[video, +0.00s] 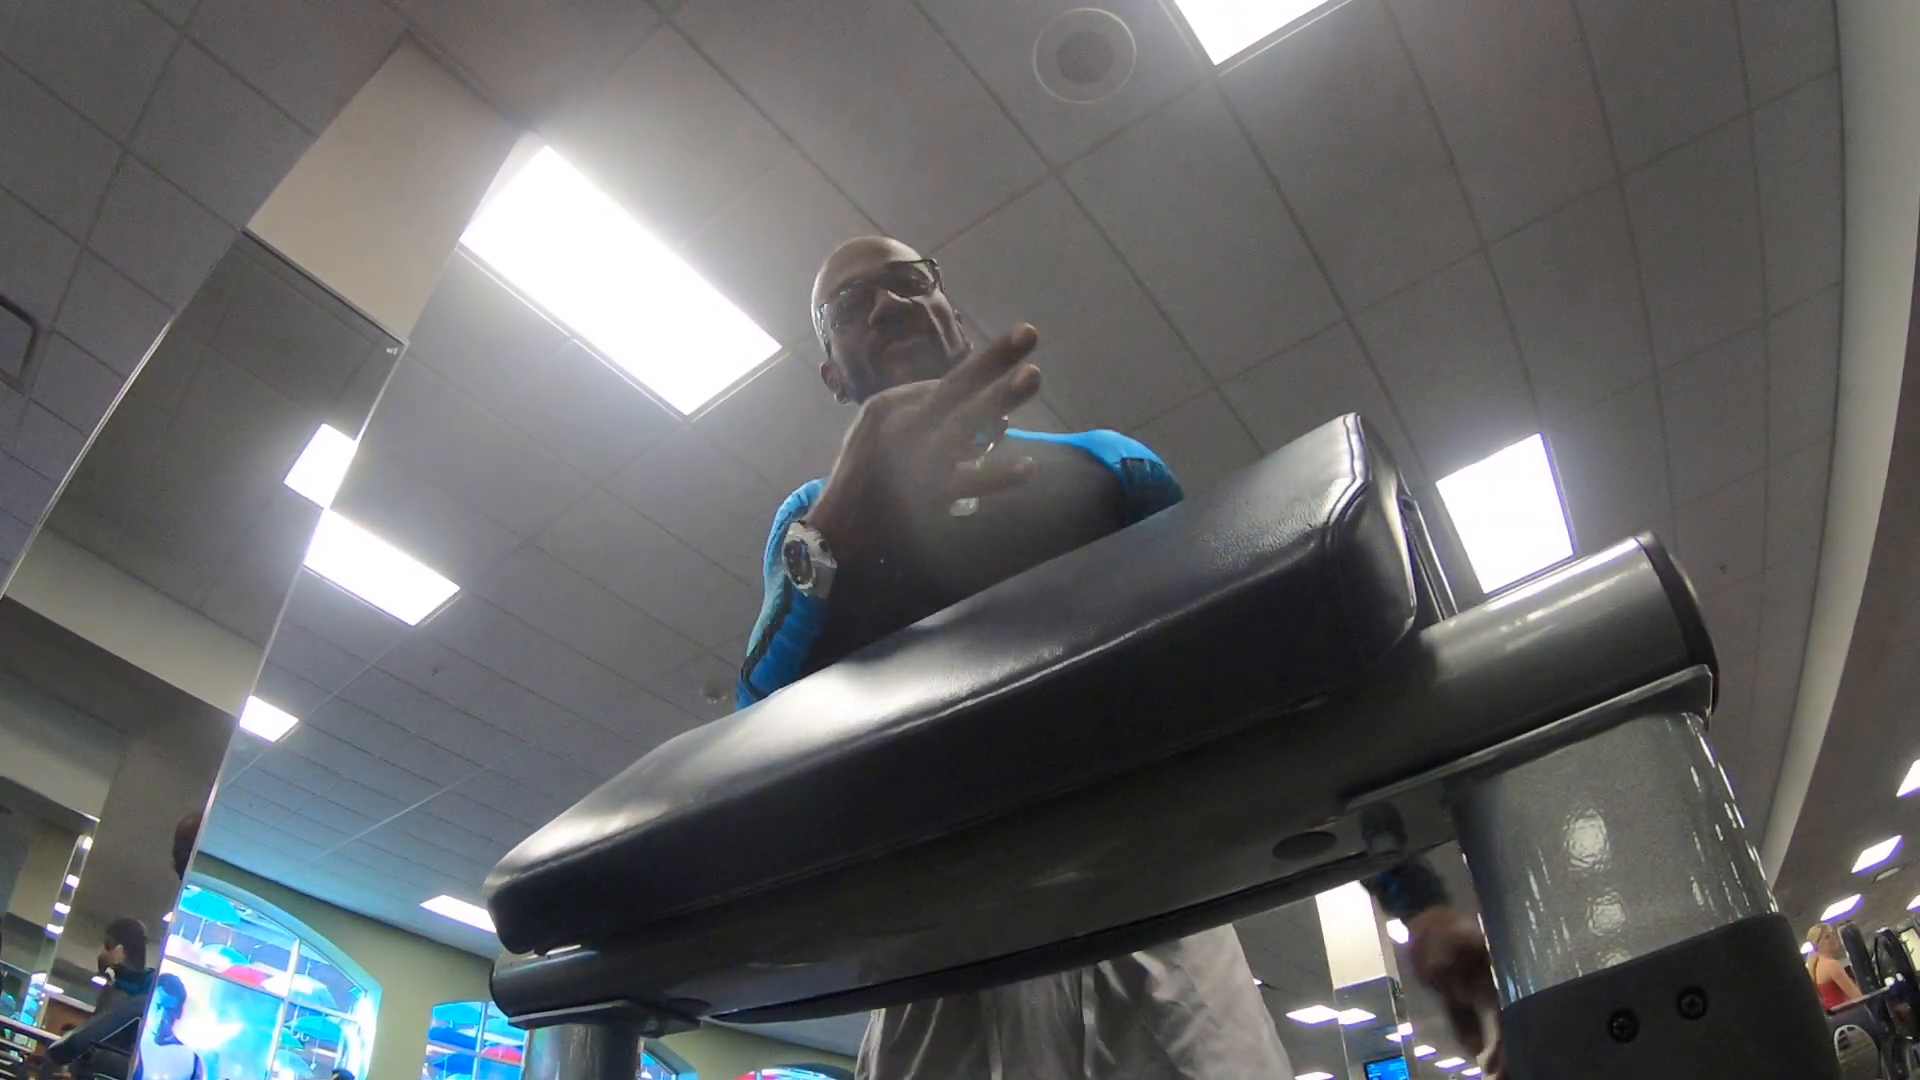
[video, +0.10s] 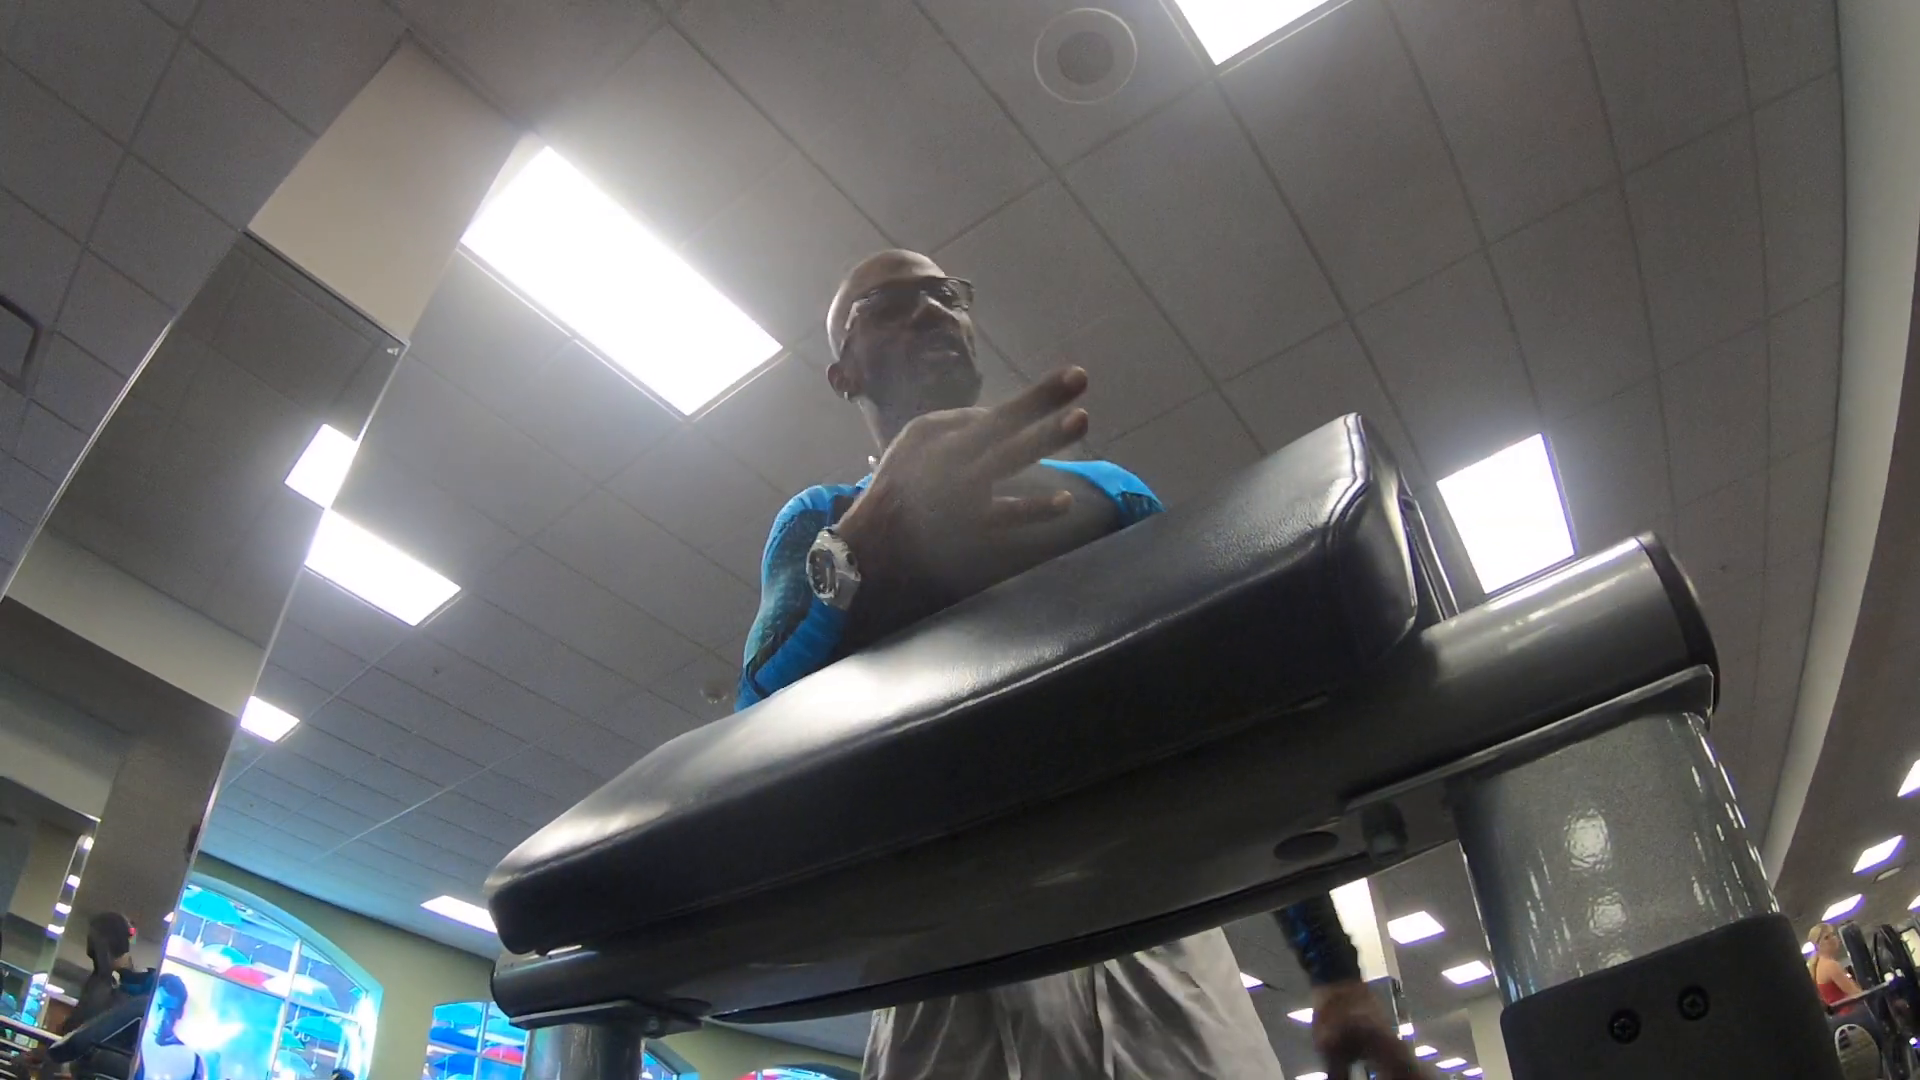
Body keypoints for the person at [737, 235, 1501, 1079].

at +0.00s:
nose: (892, 305)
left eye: (909, 285)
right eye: (853, 303)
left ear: (957, 316)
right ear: (828, 372)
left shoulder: (1107, 465)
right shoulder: (818, 523)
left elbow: (1265, 675)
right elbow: (765, 723)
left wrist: (1419, 898)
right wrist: (845, 518)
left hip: (1167, 923)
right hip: (953, 959)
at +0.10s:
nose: (934, 304)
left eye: (950, 294)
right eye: (894, 299)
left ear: (978, 340)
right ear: (843, 372)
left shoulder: (1106, 492)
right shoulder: (819, 522)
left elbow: (1232, 721)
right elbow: (762, 716)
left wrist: (1336, 974)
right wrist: (858, 565)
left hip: (1162, 962)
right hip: (949, 994)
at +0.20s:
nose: (996, 322)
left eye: (998, 313)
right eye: (949, 306)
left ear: (1008, 362)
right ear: (870, 367)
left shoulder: (1101, 514)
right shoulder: (830, 522)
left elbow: (1199, 740)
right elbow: (760, 711)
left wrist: (1275, 997)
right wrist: (889, 570)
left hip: (1173, 950)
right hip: (968, 984)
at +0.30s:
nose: (1037, 351)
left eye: (1033, 338)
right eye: (1000, 330)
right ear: (909, 372)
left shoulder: (1090, 522)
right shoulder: (846, 521)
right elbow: (761, 693)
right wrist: (929, 567)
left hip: (1166, 936)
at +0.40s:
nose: (1075, 379)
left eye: (1070, 368)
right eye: (1040, 354)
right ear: (947, 380)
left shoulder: (1100, 543)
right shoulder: (872, 523)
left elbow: (1150, 804)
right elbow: (763, 692)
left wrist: (1238, 1017)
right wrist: (936, 572)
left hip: (1173, 960)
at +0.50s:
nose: (1106, 412)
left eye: (1101, 399)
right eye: (1079, 384)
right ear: (1001, 390)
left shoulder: (1118, 560)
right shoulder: (899, 532)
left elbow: (1159, 819)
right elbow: (783, 702)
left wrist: (1246, 1022)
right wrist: (952, 579)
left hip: (1180, 968)